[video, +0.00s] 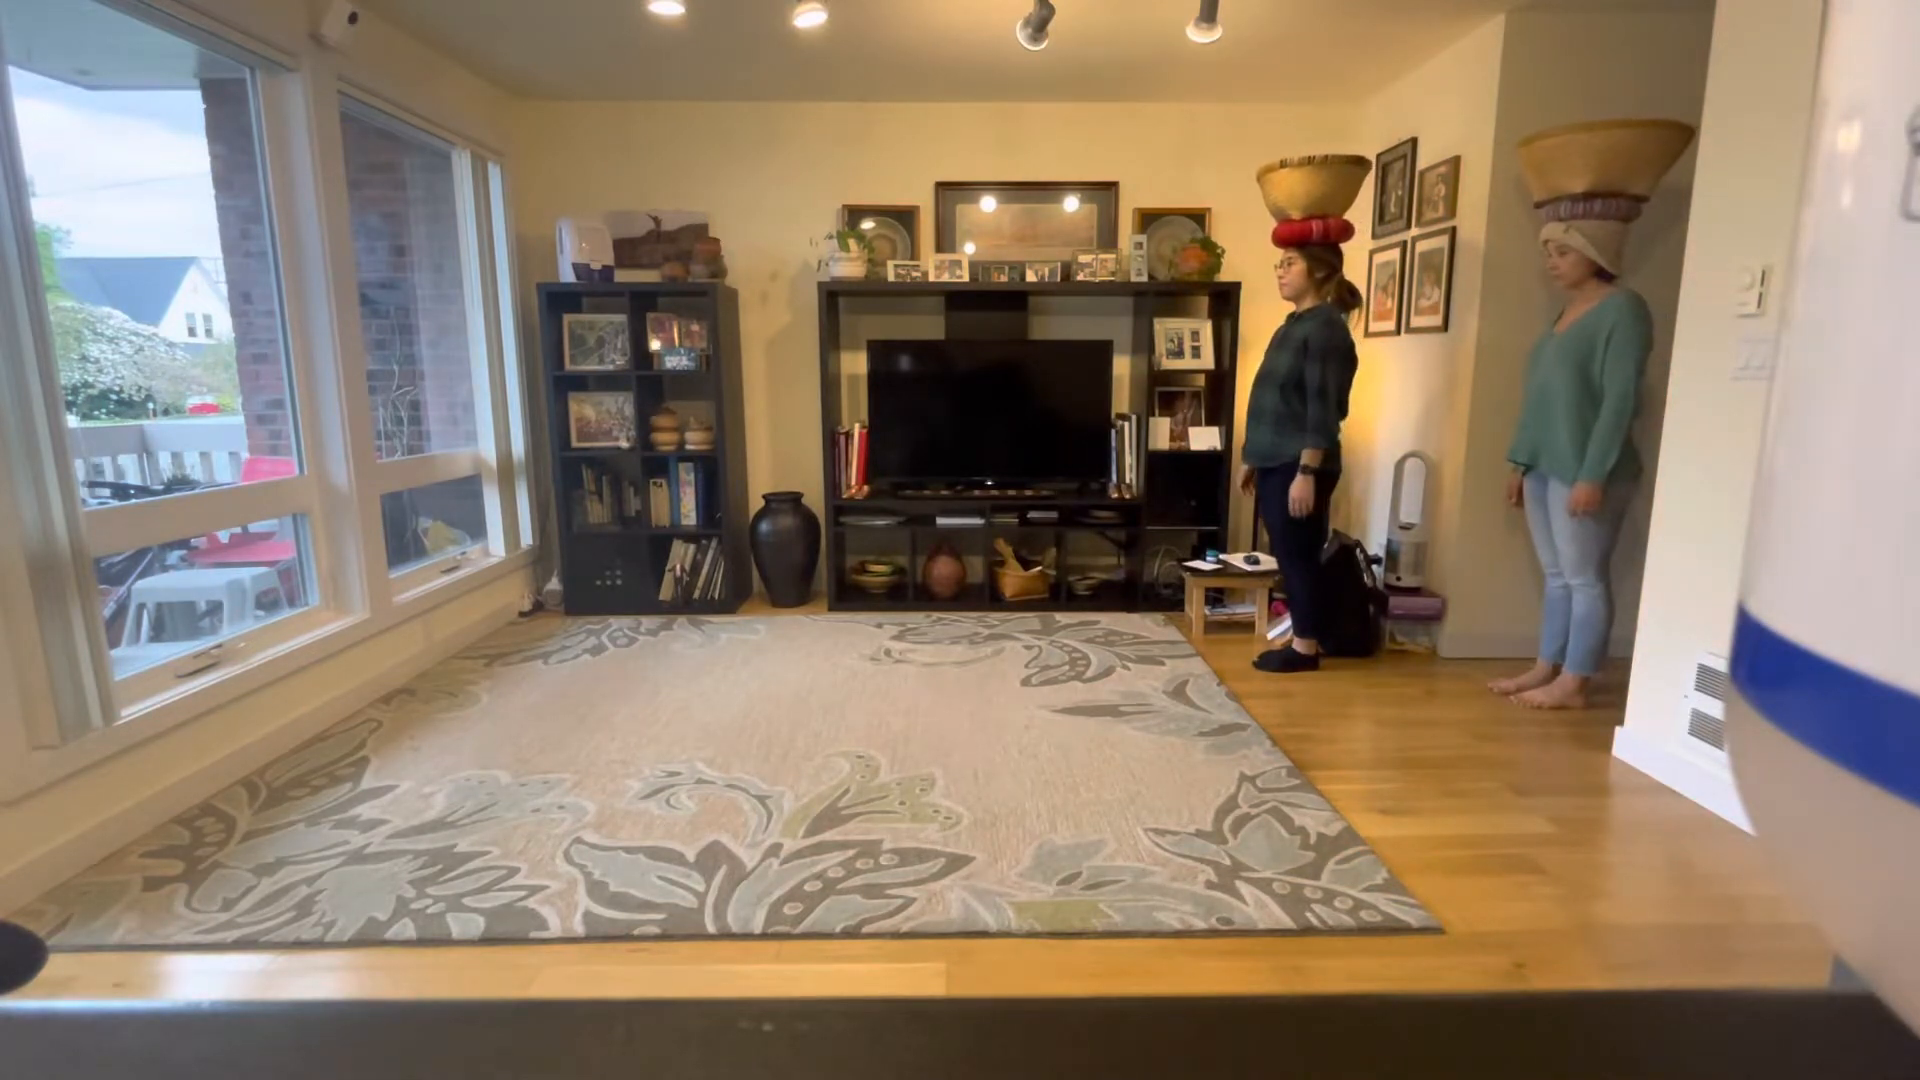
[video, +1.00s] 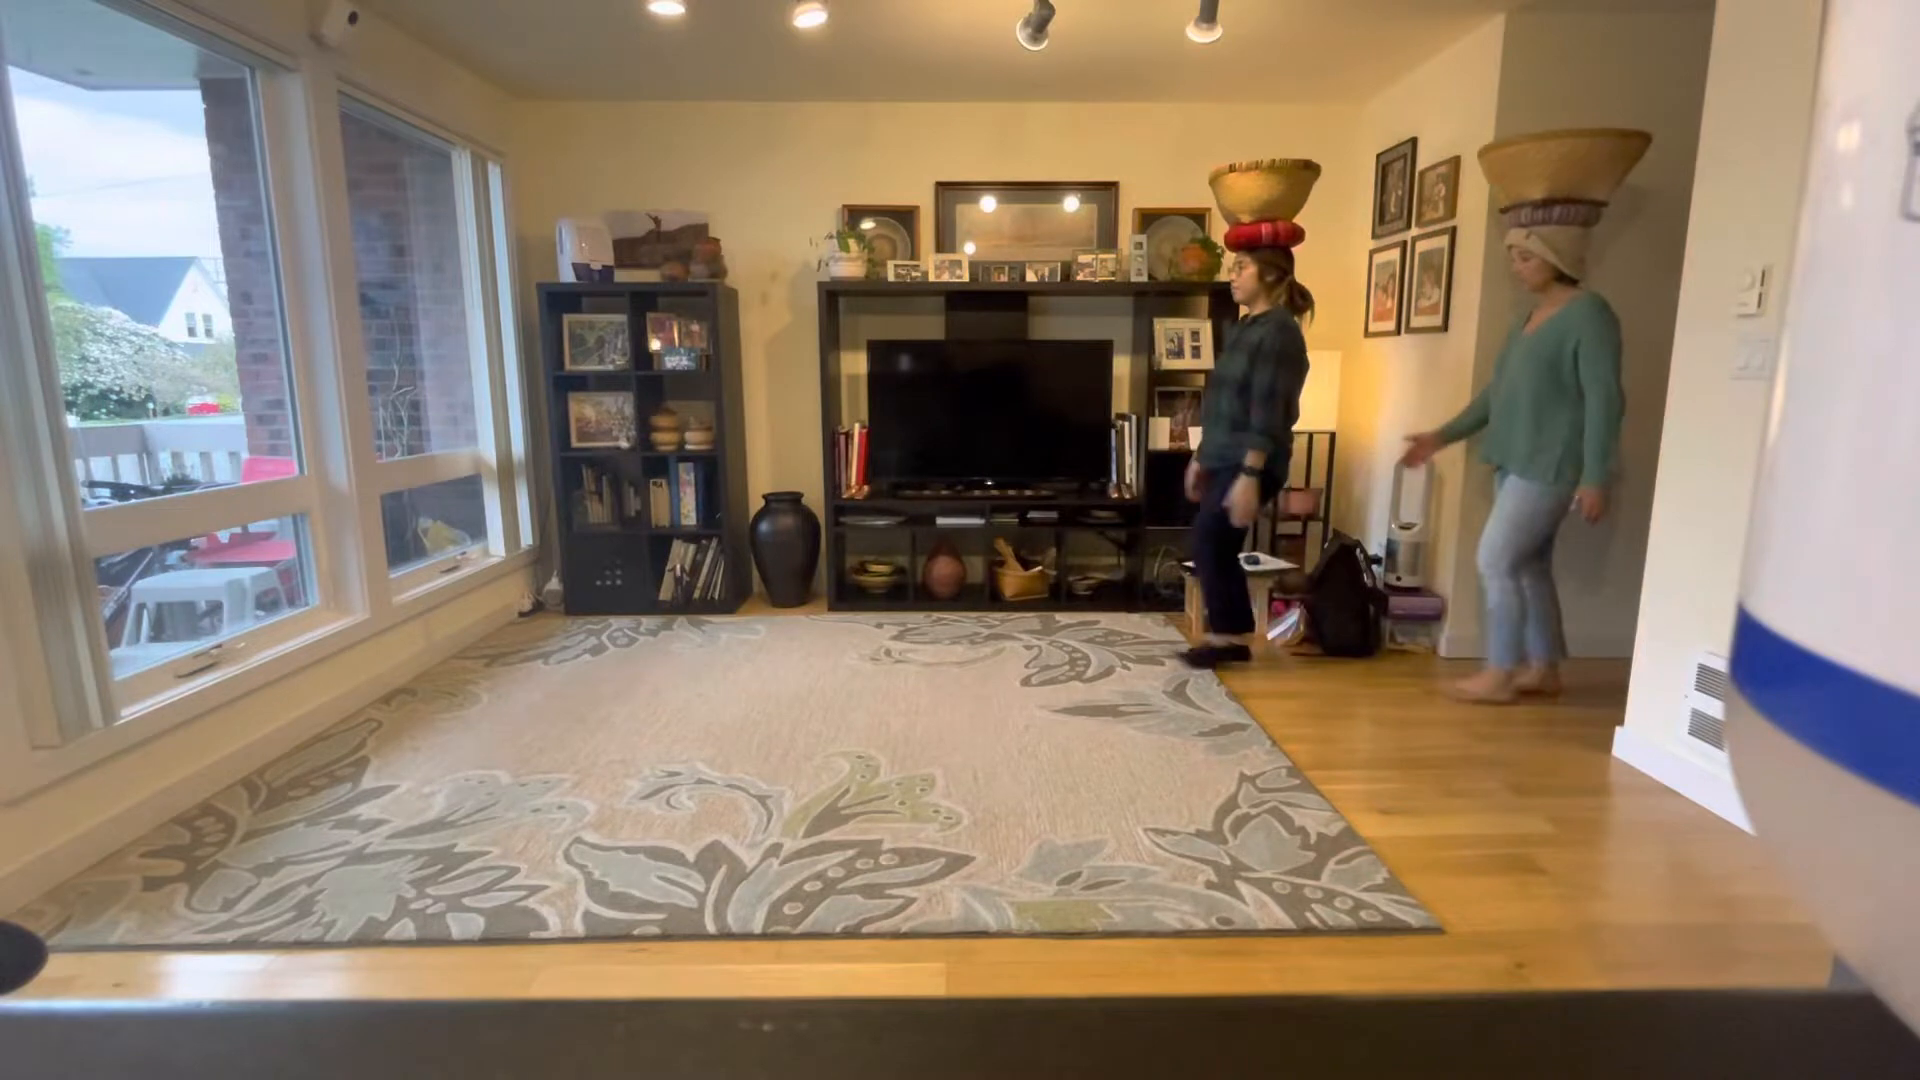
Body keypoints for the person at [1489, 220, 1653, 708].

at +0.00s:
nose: (1552, 263)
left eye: (1561, 252)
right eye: (1549, 253)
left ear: (1594, 254)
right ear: (1552, 258)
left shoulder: (1623, 310)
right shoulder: (1568, 313)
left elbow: (1619, 399)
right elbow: (1541, 397)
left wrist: (1593, 475)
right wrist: (1519, 464)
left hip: (1586, 468)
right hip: (1544, 465)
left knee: (1583, 576)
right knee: (1556, 574)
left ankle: (1574, 682)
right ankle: (1547, 667)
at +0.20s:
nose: (1547, 263)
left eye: (1557, 253)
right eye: (1545, 254)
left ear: (1589, 254)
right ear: (1551, 259)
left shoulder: (1620, 310)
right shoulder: (1564, 314)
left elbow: (1615, 400)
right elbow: (1537, 398)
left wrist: (1588, 475)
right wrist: (1516, 463)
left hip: (1584, 469)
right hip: (1541, 466)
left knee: (1581, 577)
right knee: (1554, 573)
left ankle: (1574, 682)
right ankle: (1547, 667)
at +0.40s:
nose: (1543, 264)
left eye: (1552, 253)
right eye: (1541, 255)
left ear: (1584, 255)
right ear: (1548, 261)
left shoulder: (1616, 310)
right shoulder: (1560, 314)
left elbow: (1613, 400)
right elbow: (1535, 398)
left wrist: (1586, 475)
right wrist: (1513, 463)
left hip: (1582, 469)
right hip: (1539, 466)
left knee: (1579, 577)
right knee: (1552, 574)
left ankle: (1573, 682)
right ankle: (1546, 667)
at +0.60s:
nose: (1538, 264)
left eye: (1547, 254)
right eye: (1535, 255)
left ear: (1579, 255)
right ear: (1544, 260)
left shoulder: (1610, 310)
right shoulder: (1555, 315)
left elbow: (1607, 400)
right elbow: (1531, 398)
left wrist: (1581, 475)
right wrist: (1510, 464)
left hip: (1573, 467)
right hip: (1530, 465)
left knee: (1569, 575)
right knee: (1540, 573)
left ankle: (1572, 682)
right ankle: (1545, 666)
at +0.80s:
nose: (1528, 268)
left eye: (1538, 257)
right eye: (1526, 258)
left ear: (1570, 260)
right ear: (1531, 263)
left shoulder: (1600, 314)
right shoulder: (1546, 318)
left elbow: (1602, 403)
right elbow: (1521, 399)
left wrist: (1578, 477)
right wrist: (1496, 463)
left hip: (1561, 468)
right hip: (1520, 464)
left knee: (1534, 570)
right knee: (1523, 569)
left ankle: (1567, 677)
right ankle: (1543, 666)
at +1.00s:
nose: (1516, 267)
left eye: (1525, 257)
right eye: (1514, 258)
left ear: (1555, 260)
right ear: (1524, 262)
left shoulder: (1588, 313)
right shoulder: (1530, 319)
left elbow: (1603, 398)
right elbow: (1496, 397)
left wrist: (1594, 478)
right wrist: (1440, 437)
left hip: (1549, 467)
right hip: (1515, 462)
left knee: (1495, 557)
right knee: (1531, 565)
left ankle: (1499, 672)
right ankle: (1543, 667)